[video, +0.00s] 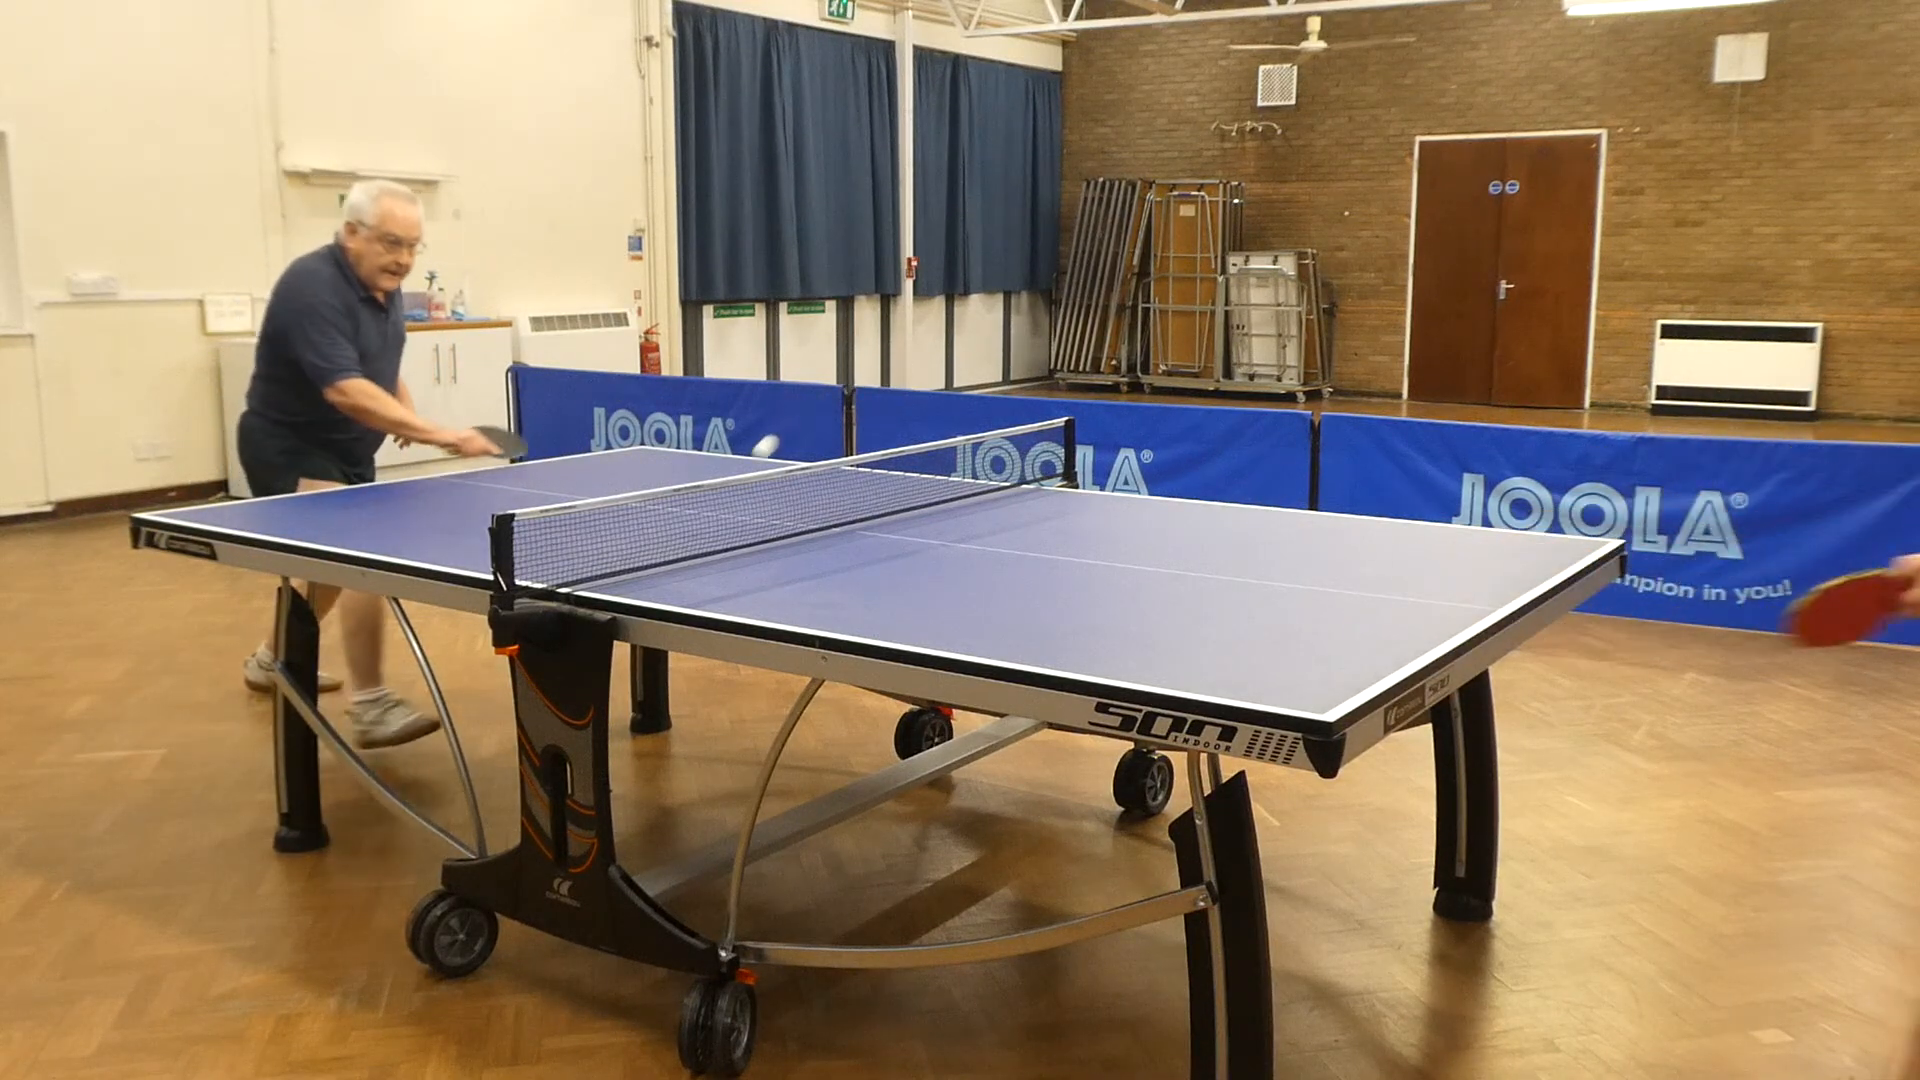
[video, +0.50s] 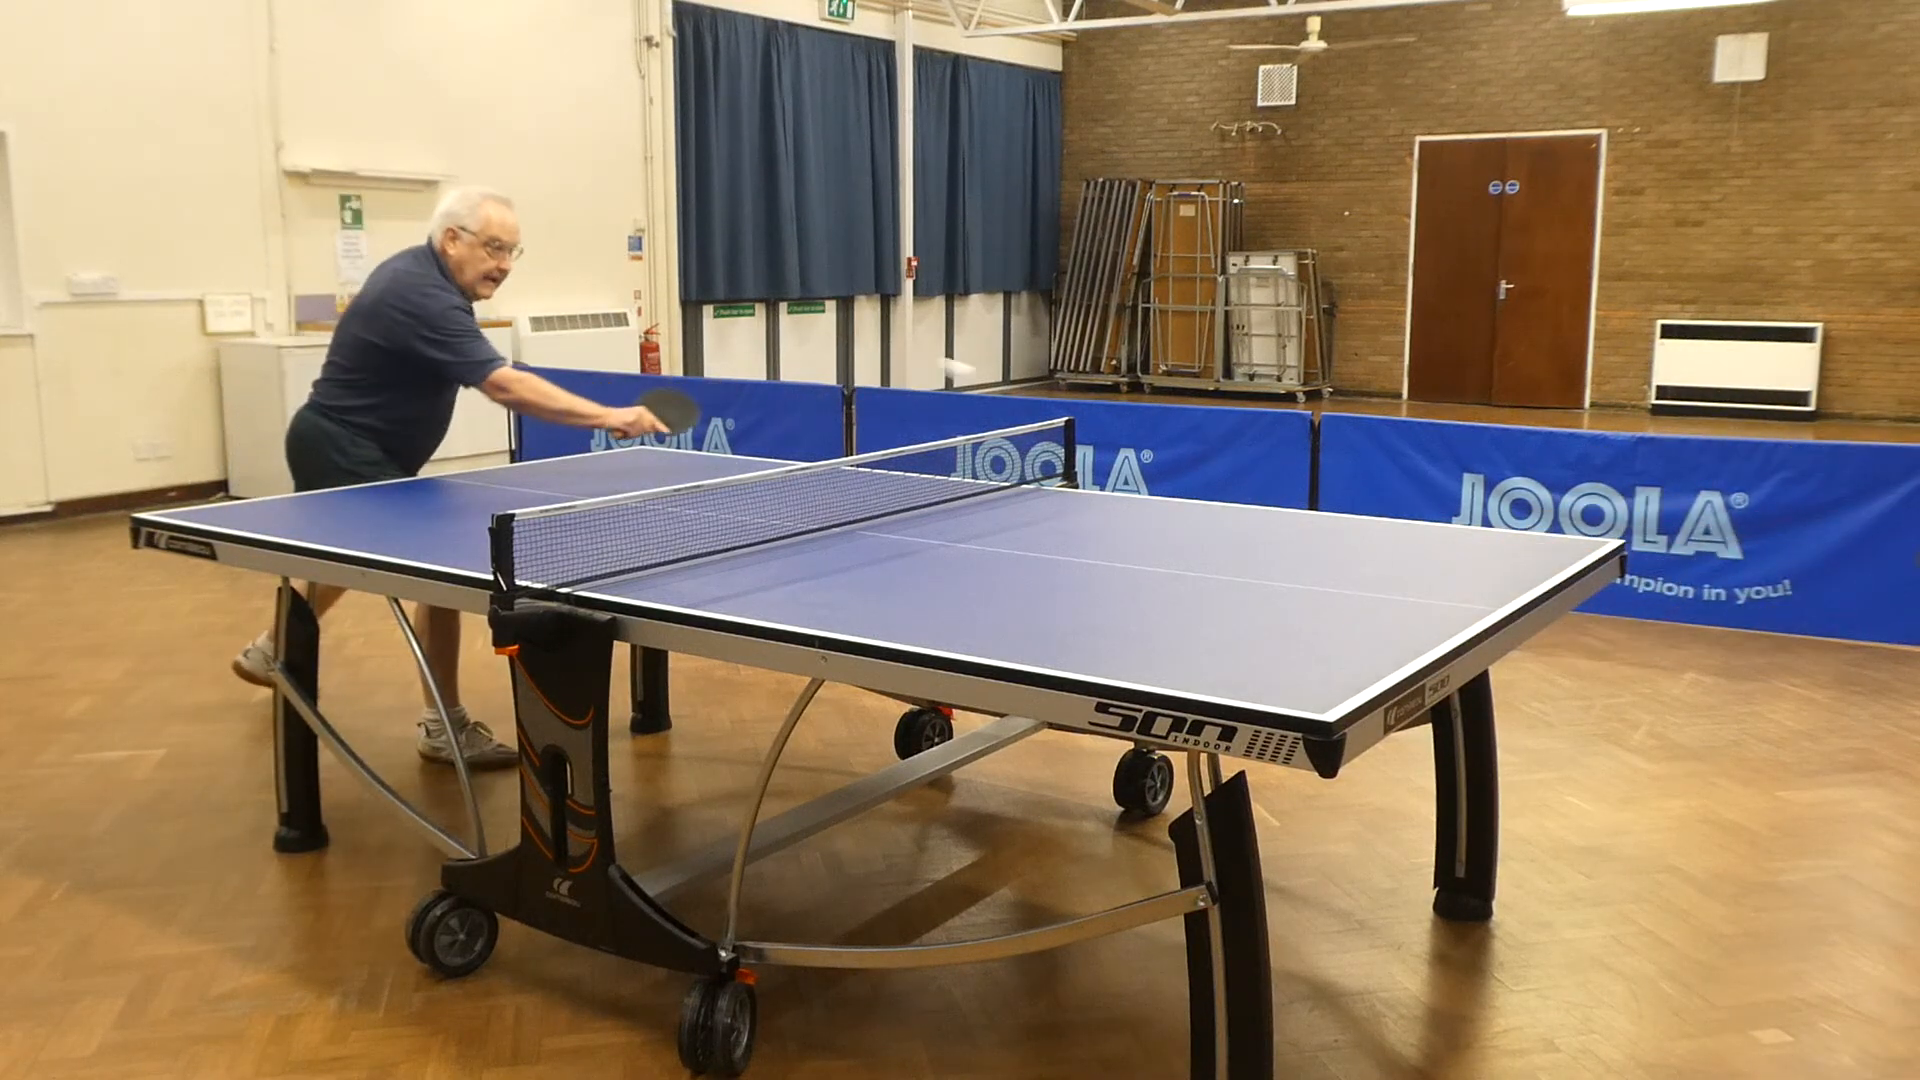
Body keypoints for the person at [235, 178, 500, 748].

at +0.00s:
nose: (403, 260)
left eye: (412, 247)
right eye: (390, 243)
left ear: (418, 247)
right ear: (350, 235)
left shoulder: (386, 293)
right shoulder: (311, 285)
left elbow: (387, 376)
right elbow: (343, 391)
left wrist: (409, 426)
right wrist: (444, 437)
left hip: (350, 453)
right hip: (290, 452)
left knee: (331, 562)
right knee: (364, 559)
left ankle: (274, 656)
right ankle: (369, 703)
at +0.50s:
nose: (504, 266)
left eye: (512, 253)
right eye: (495, 248)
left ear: (452, 242)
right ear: (450, 239)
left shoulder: (421, 271)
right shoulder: (426, 295)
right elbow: (504, 386)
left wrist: (494, 379)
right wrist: (607, 416)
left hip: (339, 441)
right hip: (348, 451)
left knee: (348, 551)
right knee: (445, 570)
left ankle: (273, 649)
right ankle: (446, 723)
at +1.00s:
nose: (348, 228)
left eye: (359, 216)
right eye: (332, 215)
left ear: (369, 222)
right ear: (300, 217)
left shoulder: (367, 274)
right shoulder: (274, 282)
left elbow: (371, 346)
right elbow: (276, 371)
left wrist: (411, 402)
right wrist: (343, 411)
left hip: (360, 446)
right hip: (293, 453)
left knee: (346, 567)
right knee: (356, 567)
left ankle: (263, 659)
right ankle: (395, 708)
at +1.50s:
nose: (337, 261)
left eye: (350, 249)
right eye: (325, 244)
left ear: (360, 243)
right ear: (290, 226)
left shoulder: (345, 278)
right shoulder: (246, 263)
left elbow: (333, 349)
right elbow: (200, 341)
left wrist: (357, 409)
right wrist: (278, 406)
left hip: (295, 446)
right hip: (224, 439)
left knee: (300, 573)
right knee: (254, 577)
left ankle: (288, 692)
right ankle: (252, 728)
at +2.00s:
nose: (330, 263)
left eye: (341, 248)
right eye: (317, 244)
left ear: (350, 248)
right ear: (276, 236)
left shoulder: (322, 294)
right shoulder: (229, 286)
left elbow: (309, 370)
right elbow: (246, 386)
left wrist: (327, 433)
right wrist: (314, 436)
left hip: (266, 451)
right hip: (200, 450)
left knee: (259, 570)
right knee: (257, 583)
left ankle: (223, 664)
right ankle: (251, 730)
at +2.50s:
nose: (315, 239)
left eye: (326, 226)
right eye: (299, 224)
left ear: (335, 225)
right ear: (263, 220)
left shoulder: (331, 278)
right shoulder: (227, 272)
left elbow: (342, 357)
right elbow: (209, 357)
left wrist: (346, 411)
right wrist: (265, 410)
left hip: (294, 445)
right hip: (221, 441)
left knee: (297, 573)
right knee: (258, 579)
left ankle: (239, 667)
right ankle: (254, 725)